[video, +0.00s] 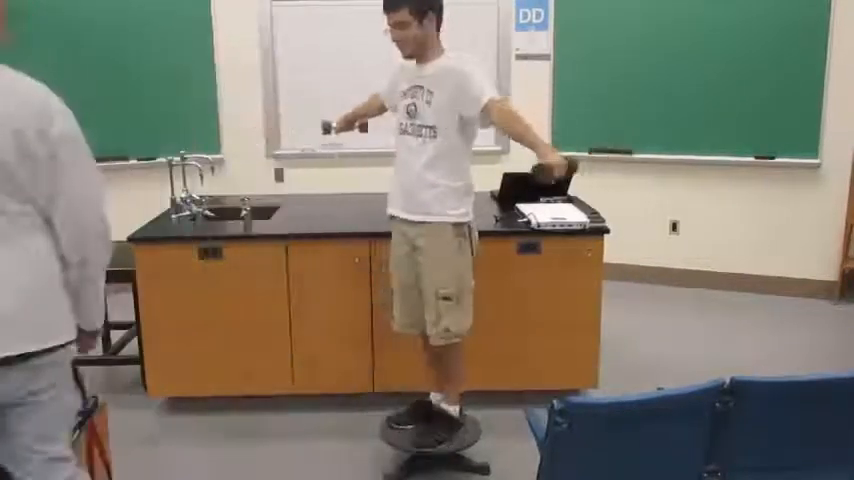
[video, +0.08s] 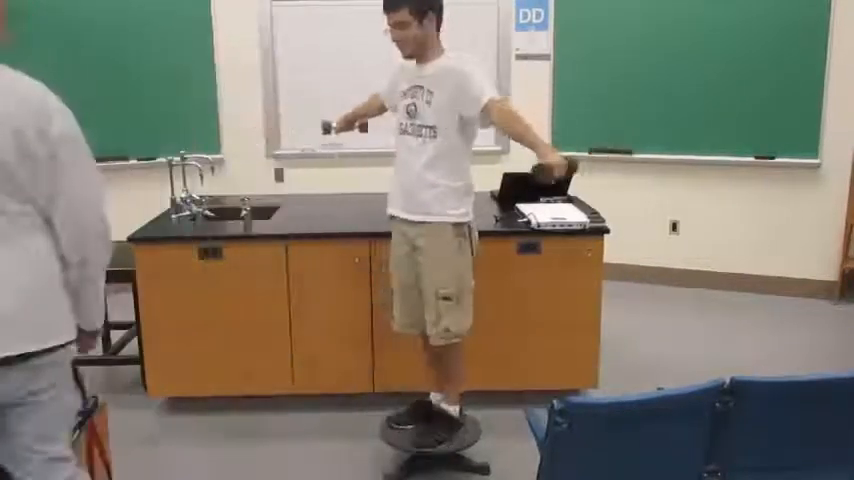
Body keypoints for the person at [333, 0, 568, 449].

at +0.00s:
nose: (395, 35)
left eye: (402, 26)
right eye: (391, 27)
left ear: (431, 23)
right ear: (392, 28)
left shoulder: (459, 74)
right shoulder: (403, 74)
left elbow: (501, 113)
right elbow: (378, 103)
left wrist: (545, 151)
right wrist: (351, 118)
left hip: (446, 217)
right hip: (406, 214)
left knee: (446, 323)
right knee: (421, 319)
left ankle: (452, 414)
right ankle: (437, 401)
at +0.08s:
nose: (395, 35)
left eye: (402, 26)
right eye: (391, 27)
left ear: (432, 23)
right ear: (392, 28)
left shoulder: (459, 74)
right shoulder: (403, 74)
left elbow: (500, 113)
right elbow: (378, 103)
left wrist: (545, 152)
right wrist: (352, 117)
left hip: (446, 217)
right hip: (406, 214)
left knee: (446, 324)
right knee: (421, 320)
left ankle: (453, 414)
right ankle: (437, 401)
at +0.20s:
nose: (389, 35)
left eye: (395, 26)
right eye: (387, 27)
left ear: (426, 23)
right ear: (413, 25)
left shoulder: (445, 74)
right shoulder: (417, 76)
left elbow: (473, 112)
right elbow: (405, 107)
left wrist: (492, 155)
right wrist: (387, 120)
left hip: (441, 220)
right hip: (413, 216)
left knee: (439, 324)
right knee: (424, 321)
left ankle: (449, 414)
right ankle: (441, 402)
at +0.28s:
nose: (389, 35)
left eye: (395, 26)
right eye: (387, 27)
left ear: (426, 22)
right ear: (414, 24)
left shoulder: (446, 74)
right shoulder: (416, 76)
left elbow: (473, 112)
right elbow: (405, 107)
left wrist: (491, 154)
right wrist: (387, 120)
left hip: (441, 219)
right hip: (413, 216)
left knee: (440, 324)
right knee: (424, 321)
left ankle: (449, 414)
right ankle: (441, 402)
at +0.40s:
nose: (387, 35)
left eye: (392, 25)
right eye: (386, 27)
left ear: (421, 23)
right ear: (415, 25)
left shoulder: (438, 67)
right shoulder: (425, 69)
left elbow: (442, 114)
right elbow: (434, 126)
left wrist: (435, 159)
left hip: (435, 219)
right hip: (421, 217)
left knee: (435, 320)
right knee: (427, 318)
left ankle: (445, 415)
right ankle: (439, 403)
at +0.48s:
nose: (387, 35)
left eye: (392, 25)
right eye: (386, 27)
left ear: (421, 23)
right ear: (415, 25)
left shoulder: (438, 67)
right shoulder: (425, 69)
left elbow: (442, 114)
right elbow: (434, 126)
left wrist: (435, 159)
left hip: (435, 219)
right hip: (421, 217)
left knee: (435, 320)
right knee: (427, 318)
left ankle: (445, 415)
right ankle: (439, 403)